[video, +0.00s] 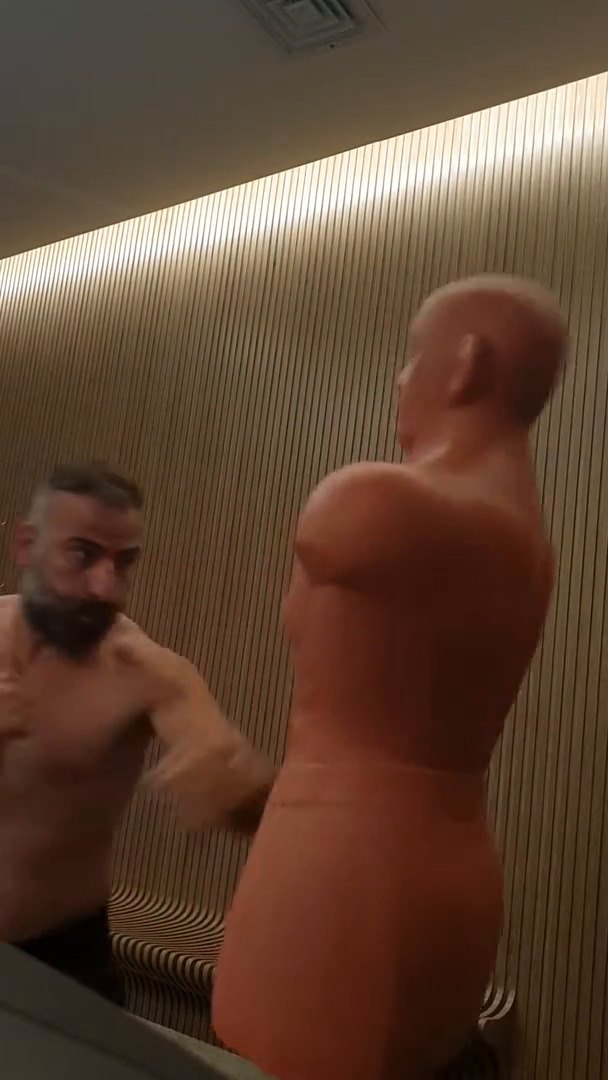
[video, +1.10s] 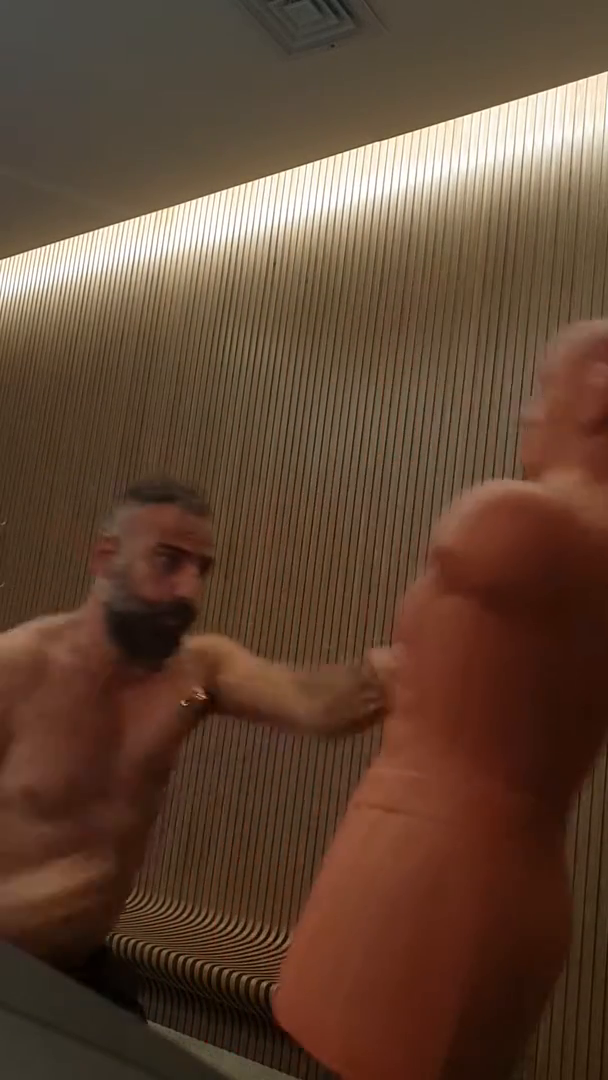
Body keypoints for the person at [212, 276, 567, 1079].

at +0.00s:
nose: (399, 387)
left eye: (413, 361)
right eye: (406, 362)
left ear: (464, 368)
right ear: (530, 391)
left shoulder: (367, 506)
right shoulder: (524, 543)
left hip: (338, 880)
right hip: (447, 869)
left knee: (288, 1066)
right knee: (397, 1067)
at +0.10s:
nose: (393, 360)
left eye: (410, 331)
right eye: (401, 334)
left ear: (470, 339)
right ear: (544, 363)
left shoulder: (360, 512)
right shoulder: (541, 537)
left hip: (334, 900)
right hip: (451, 888)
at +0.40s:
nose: (330, 420)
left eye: (337, 396)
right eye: (331, 399)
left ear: (382, 392)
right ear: (450, 416)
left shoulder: (308, 505)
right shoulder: (464, 547)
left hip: (309, 848)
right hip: (417, 837)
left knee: (291, 1061)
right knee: (381, 1061)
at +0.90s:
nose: (379, 368)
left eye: (393, 339)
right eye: (385, 342)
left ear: (448, 348)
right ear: (517, 370)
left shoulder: (351, 508)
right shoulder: (519, 530)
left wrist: (402, 461)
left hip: (331, 889)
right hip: (446, 872)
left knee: (278, 1065)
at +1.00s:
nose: (394, 385)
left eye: (403, 361)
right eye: (398, 360)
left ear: (439, 367)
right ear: (518, 377)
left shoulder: (395, 505)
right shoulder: (533, 528)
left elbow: (345, 527)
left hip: (356, 871)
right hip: (457, 860)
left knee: (300, 1063)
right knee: (404, 1065)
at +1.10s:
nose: (525, 415)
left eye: (541, 394)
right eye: (532, 394)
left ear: (593, 405)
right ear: (593, 408)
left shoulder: (515, 521)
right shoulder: (584, 536)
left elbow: (470, 544)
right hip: (517, 866)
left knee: (358, 1060)